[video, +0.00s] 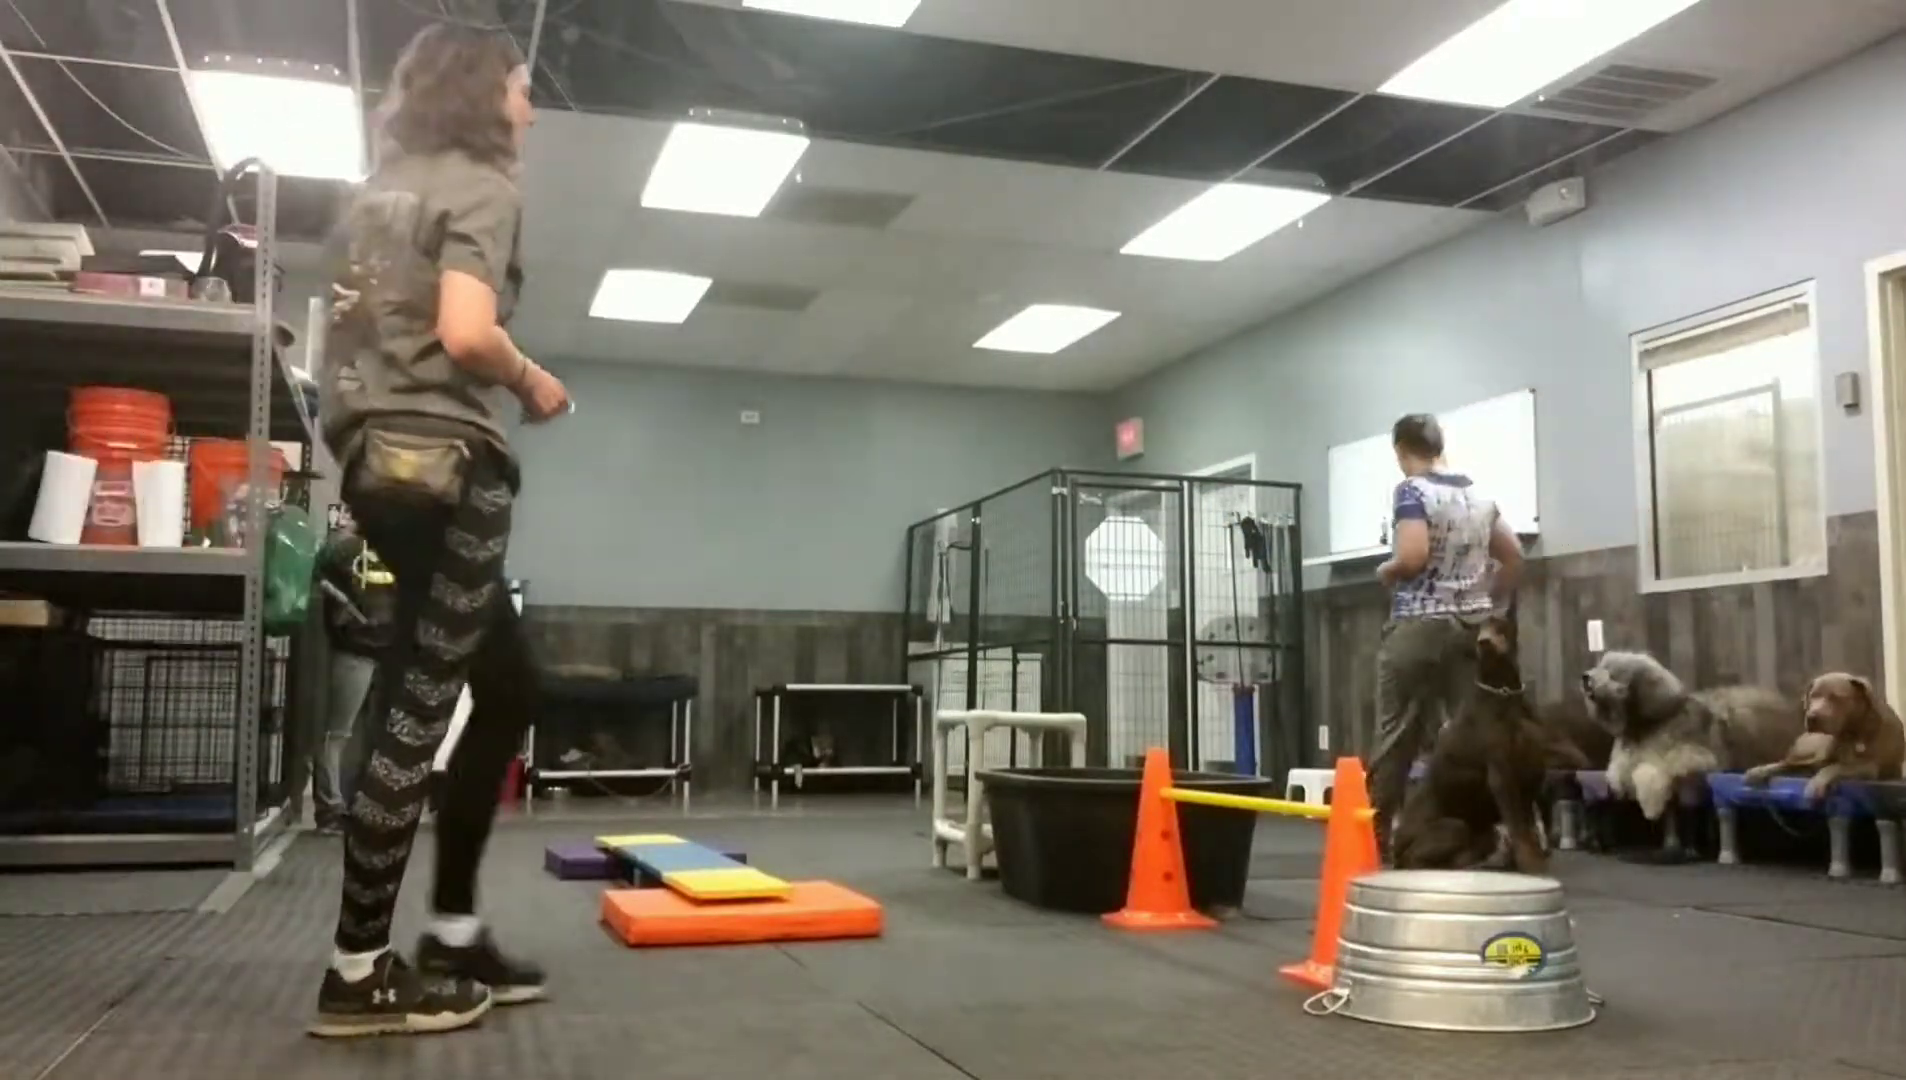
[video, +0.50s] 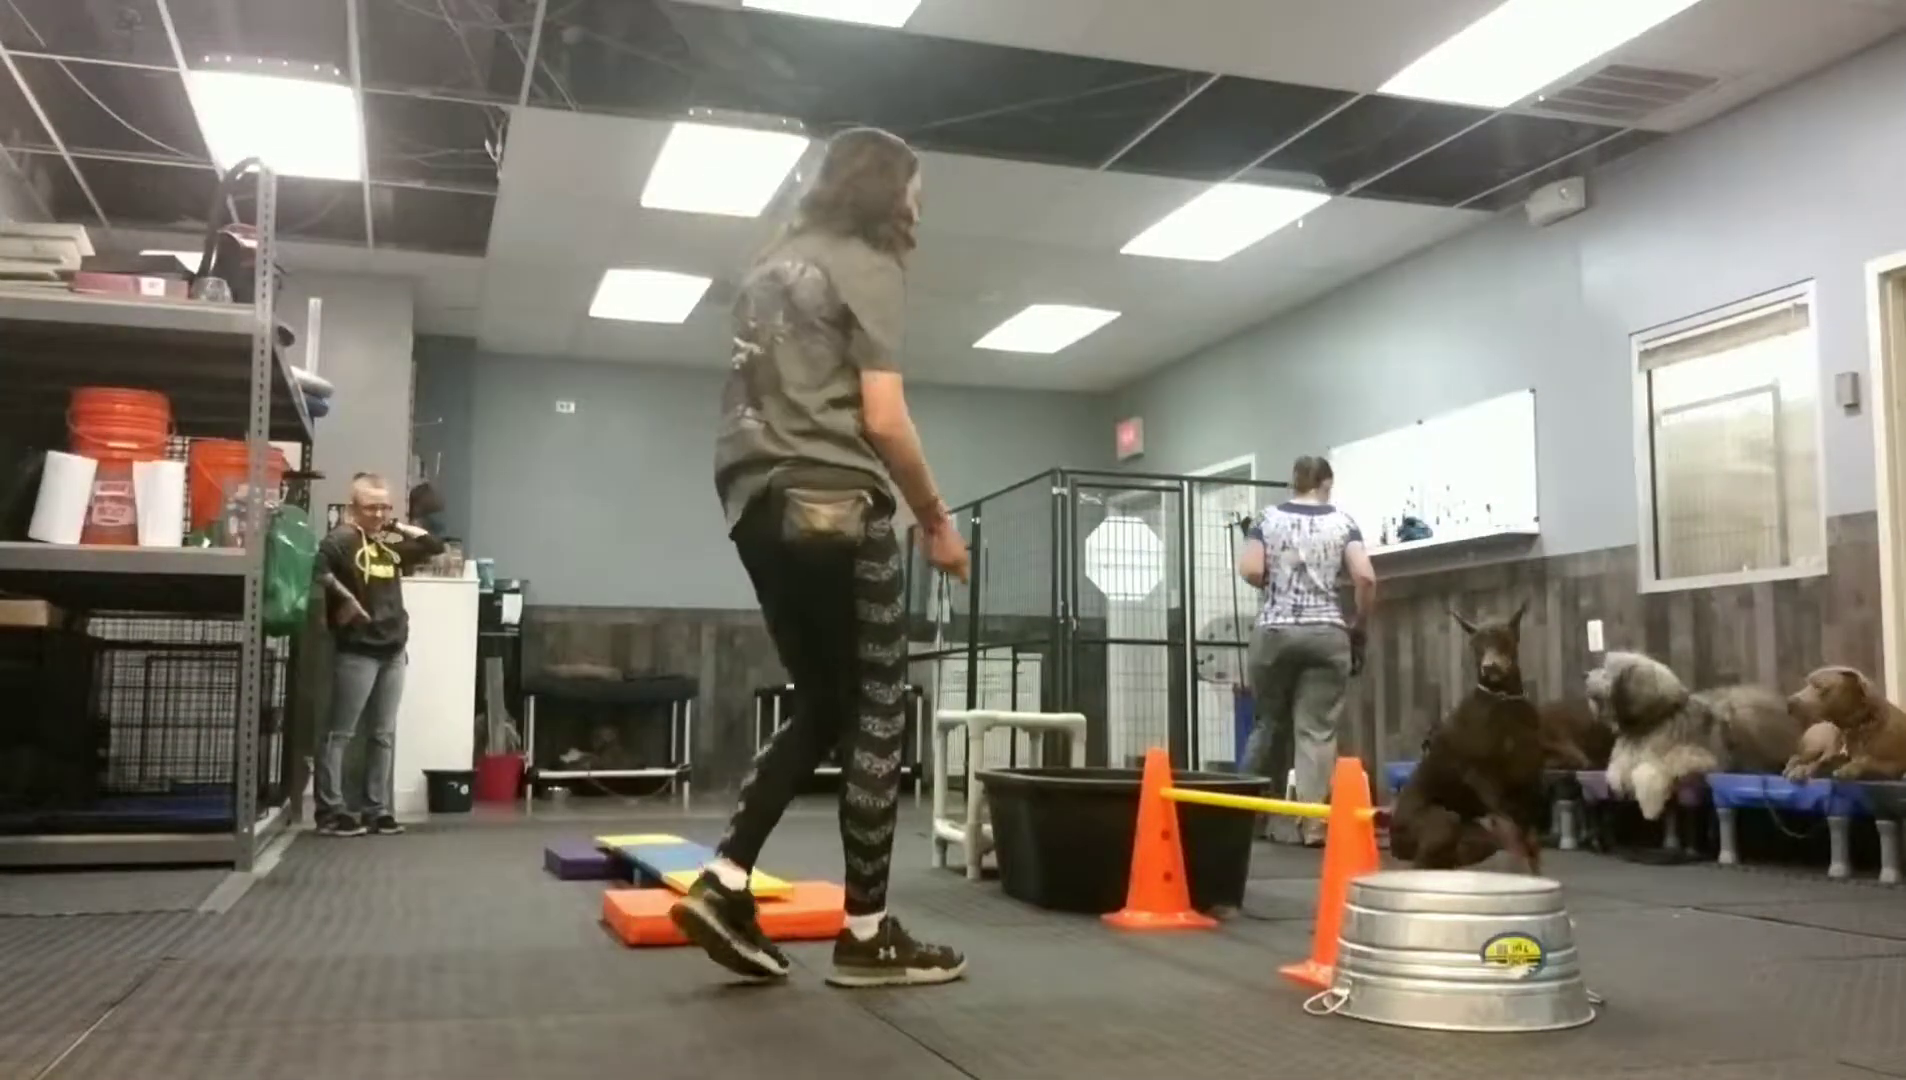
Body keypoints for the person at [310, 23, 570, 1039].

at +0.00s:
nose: (531, 112)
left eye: (528, 93)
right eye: (523, 92)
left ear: (427, 95)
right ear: (487, 94)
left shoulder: (380, 185)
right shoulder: (482, 184)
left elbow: (355, 323)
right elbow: (465, 332)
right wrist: (529, 377)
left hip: (372, 453)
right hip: (443, 459)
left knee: (508, 691)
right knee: (413, 713)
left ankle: (453, 933)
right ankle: (358, 968)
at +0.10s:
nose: (617, 143)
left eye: (615, 125)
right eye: (611, 125)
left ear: (512, 129)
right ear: (579, 128)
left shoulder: (466, 219)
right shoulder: (569, 215)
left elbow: (412, 376)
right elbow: (557, 359)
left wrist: (518, 390)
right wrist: (611, 399)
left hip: (459, 479)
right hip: (532, 482)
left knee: (589, 704)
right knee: (483, 727)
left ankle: (655, 925)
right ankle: (367, 963)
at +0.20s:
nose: (694, 150)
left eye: (692, 131)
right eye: (688, 132)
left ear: (607, 138)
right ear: (657, 139)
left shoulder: (566, 235)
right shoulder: (648, 225)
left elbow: (528, 395)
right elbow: (643, 369)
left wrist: (665, 409)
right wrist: (715, 403)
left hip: (583, 497)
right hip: (638, 494)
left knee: (657, 718)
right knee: (671, 724)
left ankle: (677, 940)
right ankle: (480, 882)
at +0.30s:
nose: (776, 183)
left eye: (777, 166)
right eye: (769, 165)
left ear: (683, 162)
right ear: (735, 165)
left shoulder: (649, 239)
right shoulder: (715, 237)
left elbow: (669, 386)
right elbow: (713, 385)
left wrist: (771, 429)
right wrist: (795, 427)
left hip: (653, 500)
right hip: (711, 498)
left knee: (695, 702)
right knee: (809, 688)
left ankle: (675, 932)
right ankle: (734, 900)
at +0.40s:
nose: (849, 205)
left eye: (851, 189)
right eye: (845, 187)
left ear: (765, 176)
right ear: (812, 181)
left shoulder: (719, 261)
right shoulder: (796, 256)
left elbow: (737, 403)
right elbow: (803, 402)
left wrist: (832, 464)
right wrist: (875, 468)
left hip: (717, 517)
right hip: (787, 514)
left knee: (740, 719)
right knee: (852, 707)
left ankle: (682, 930)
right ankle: (866, 929)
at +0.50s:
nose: (919, 210)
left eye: (919, 194)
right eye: (913, 193)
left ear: (834, 187)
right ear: (883, 192)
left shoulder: (770, 265)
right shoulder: (867, 266)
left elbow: (768, 397)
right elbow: (884, 416)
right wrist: (935, 518)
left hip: (761, 504)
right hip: (838, 504)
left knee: (818, 705)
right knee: (878, 709)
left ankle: (726, 878)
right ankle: (868, 927)